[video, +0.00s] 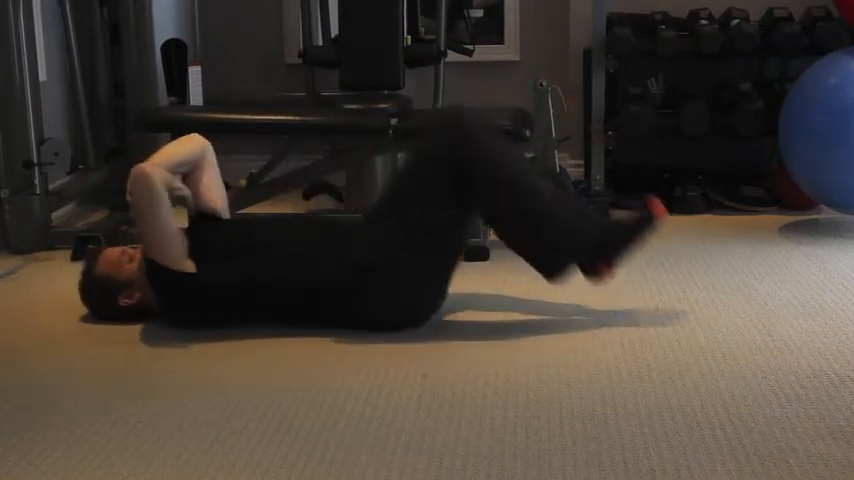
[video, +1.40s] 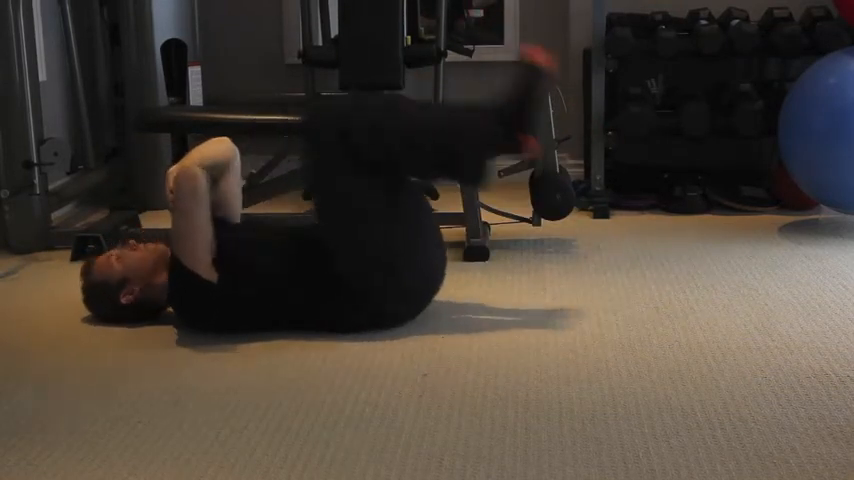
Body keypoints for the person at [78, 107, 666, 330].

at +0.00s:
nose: (130, 254)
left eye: (123, 254)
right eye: (120, 263)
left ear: (140, 267)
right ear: (130, 295)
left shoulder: (206, 250)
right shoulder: (181, 292)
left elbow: (199, 149)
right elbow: (145, 176)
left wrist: (169, 221)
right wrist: (176, 217)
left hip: (388, 259)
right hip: (383, 287)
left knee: (461, 133)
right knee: (456, 139)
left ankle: (574, 240)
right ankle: (585, 243)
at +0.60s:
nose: (127, 246)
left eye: (115, 250)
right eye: (118, 260)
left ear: (142, 261)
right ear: (137, 288)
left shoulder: (212, 248)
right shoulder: (191, 293)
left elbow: (212, 153)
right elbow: (166, 182)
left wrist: (172, 227)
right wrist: (181, 223)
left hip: (392, 271)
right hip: (380, 291)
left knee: (402, 116)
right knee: (395, 117)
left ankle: (549, 179)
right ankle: (546, 188)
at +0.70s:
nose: (124, 239)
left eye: (114, 243)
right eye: (116, 252)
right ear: (135, 288)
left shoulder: (219, 247)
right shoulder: (191, 293)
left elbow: (222, 148)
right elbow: (171, 184)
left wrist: (165, 191)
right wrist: (173, 239)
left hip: (383, 266)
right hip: (365, 286)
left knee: (342, 116)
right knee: (335, 122)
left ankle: (503, 130)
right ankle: (509, 127)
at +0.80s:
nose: (117, 239)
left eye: (105, 247)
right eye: (111, 256)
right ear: (135, 283)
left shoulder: (216, 245)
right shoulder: (190, 292)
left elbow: (236, 146)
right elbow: (180, 175)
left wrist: (182, 178)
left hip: (391, 257)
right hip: (367, 276)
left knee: (289, 129)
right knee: (283, 132)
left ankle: (451, 102)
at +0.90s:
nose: (123, 236)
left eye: (112, 244)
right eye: (114, 251)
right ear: (135, 284)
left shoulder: (213, 272)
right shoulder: (198, 293)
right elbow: (191, 172)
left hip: (392, 243)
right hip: (369, 253)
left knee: (252, 159)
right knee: (244, 150)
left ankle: (398, 88)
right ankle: (391, 100)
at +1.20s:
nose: (122, 237)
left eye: (110, 245)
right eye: (111, 252)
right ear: (134, 284)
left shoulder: (218, 267)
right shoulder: (196, 291)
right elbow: (200, 170)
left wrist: (196, 162)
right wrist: (187, 166)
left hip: (393, 242)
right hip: (362, 257)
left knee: (258, 143)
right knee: (245, 141)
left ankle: (393, 77)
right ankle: (385, 99)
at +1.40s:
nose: (135, 243)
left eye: (122, 243)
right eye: (120, 258)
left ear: (143, 246)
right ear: (134, 293)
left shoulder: (217, 261)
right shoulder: (196, 298)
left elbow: (226, 152)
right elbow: (189, 178)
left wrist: (184, 186)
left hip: (394, 267)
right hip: (376, 286)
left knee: (339, 120)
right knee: (330, 123)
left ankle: (497, 134)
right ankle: (502, 128)